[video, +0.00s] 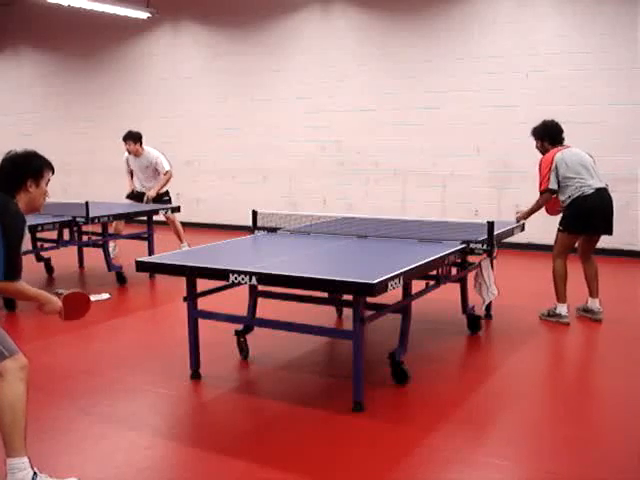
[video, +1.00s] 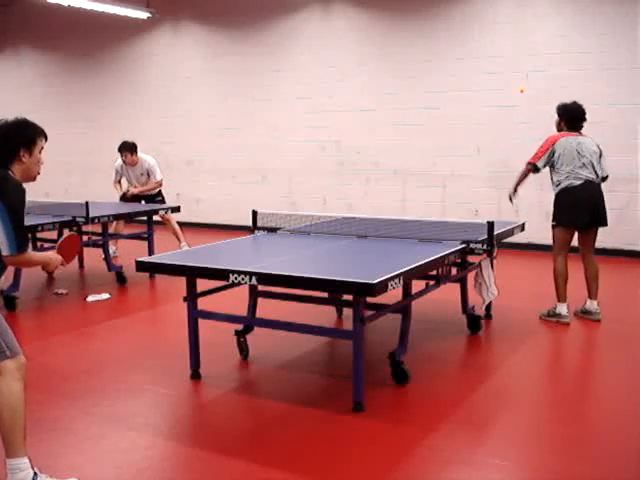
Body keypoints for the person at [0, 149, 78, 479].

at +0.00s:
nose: (47, 193)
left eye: (47, 185)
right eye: (45, 184)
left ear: (23, 184)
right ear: (29, 185)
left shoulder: (8, 214)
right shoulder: (11, 217)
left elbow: (9, 281)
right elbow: (6, 283)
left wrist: (44, 296)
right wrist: (42, 297)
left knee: (14, 366)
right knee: (15, 366)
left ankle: (18, 466)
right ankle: (18, 469)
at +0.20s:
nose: (44, 181)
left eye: (44, 173)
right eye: (42, 173)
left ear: (21, 173)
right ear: (25, 174)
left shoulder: (10, 202)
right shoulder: (10, 205)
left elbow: (11, 264)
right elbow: (7, 269)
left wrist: (43, 274)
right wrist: (43, 276)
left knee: (14, 364)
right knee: (14, 364)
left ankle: (19, 466)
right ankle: (18, 469)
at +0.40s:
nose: (44, 173)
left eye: (44, 166)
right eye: (41, 166)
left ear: (18, 167)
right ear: (25, 168)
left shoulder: (8, 196)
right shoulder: (13, 199)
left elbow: (17, 260)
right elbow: (22, 264)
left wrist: (47, 263)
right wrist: (53, 264)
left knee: (16, 362)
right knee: (18, 363)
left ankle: (20, 467)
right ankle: (19, 469)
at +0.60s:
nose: (45, 174)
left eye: (45, 166)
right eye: (42, 166)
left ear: (21, 166)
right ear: (26, 167)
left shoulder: (8, 196)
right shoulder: (13, 199)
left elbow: (17, 258)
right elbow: (19, 263)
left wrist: (47, 265)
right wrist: (52, 267)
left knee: (17, 363)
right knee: (20, 363)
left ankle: (20, 467)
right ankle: (20, 469)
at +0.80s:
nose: (45, 170)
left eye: (45, 162)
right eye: (42, 161)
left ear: (21, 162)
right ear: (25, 162)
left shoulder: (8, 191)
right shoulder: (12, 194)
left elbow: (12, 256)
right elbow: (13, 259)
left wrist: (46, 263)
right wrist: (49, 266)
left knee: (15, 362)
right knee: (16, 363)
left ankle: (19, 467)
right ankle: (19, 469)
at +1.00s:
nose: (41, 161)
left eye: (42, 153)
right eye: (39, 153)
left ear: (17, 153)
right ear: (21, 153)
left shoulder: (7, 185)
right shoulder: (9, 188)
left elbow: (9, 251)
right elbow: (10, 255)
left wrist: (41, 256)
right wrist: (43, 259)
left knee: (14, 362)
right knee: (12, 365)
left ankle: (19, 466)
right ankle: (19, 469)